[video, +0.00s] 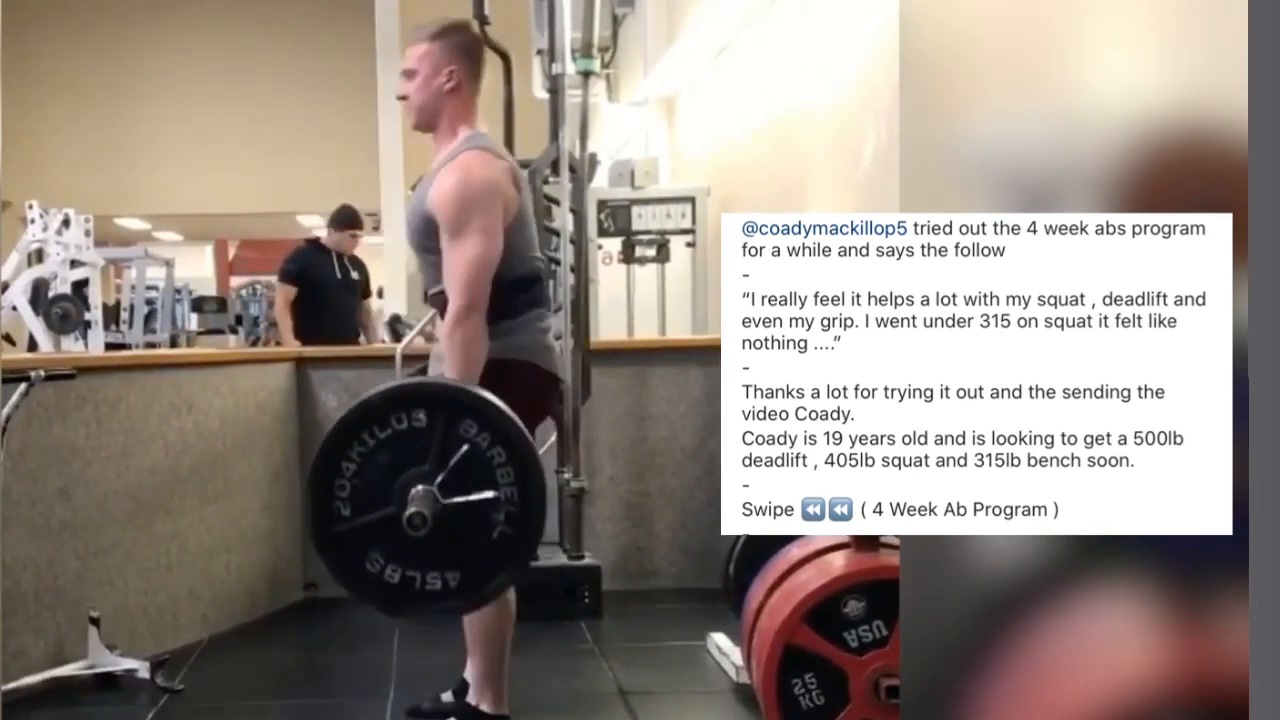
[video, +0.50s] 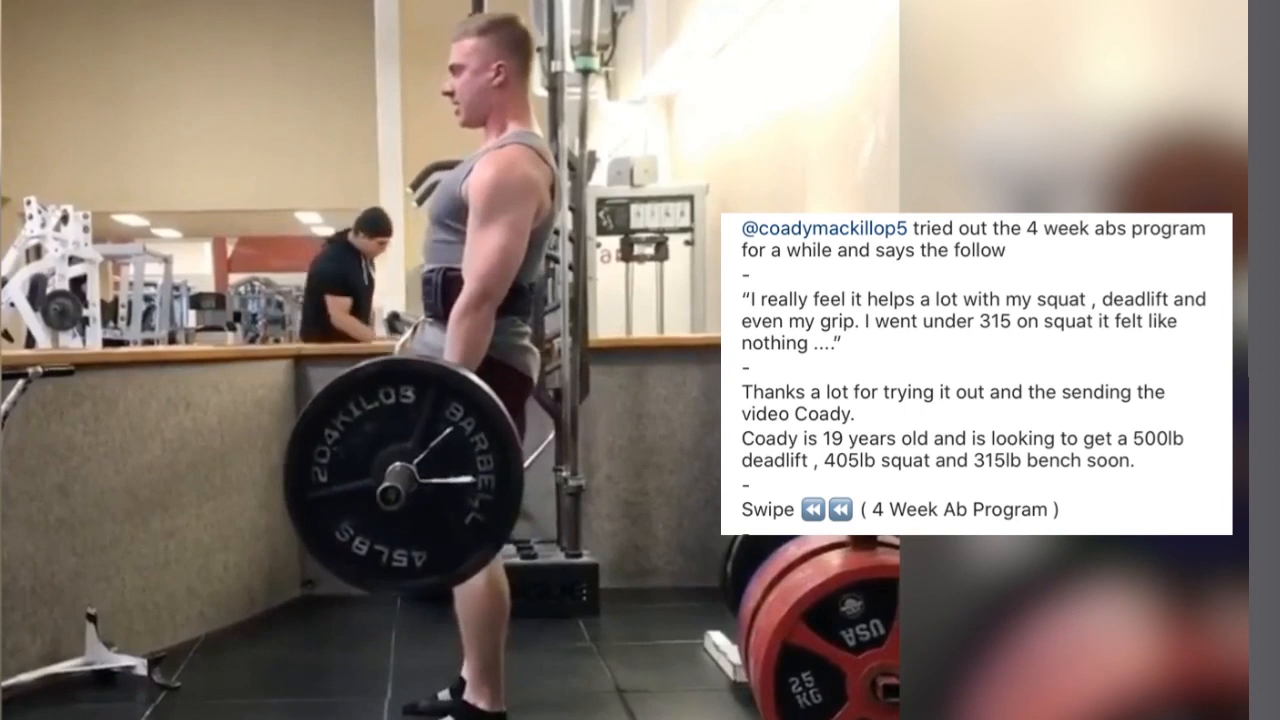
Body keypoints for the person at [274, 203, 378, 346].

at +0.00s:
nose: (357, 241)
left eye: (359, 237)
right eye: (353, 236)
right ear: (334, 230)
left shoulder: (357, 265)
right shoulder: (302, 258)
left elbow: (364, 309)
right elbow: (282, 302)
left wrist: (375, 343)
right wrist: (288, 340)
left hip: (350, 354)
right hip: (311, 354)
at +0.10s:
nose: (360, 242)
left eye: (362, 237)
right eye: (356, 236)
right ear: (338, 231)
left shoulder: (359, 264)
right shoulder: (305, 261)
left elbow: (367, 309)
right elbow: (287, 305)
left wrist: (376, 343)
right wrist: (299, 341)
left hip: (354, 355)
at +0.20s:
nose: (364, 244)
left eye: (365, 238)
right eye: (360, 238)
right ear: (343, 232)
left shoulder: (360, 262)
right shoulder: (309, 261)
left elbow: (365, 307)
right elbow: (293, 310)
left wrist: (375, 342)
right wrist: (315, 349)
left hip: (357, 354)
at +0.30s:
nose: (368, 246)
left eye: (370, 240)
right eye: (365, 240)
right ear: (346, 234)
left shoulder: (363, 262)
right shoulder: (314, 262)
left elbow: (364, 306)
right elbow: (303, 314)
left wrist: (369, 339)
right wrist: (333, 348)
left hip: (358, 351)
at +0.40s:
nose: (375, 248)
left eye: (377, 242)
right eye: (371, 242)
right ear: (352, 235)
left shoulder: (363, 261)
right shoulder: (324, 261)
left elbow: (358, 309)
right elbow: (320, 317)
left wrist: (365, 341)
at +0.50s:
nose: (384, 249)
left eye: (386, 243)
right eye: (380, 243)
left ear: (361, 235)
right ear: (361, 235)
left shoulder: (363, 255)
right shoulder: (337, 260)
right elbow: (339, 318)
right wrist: (374, 339)